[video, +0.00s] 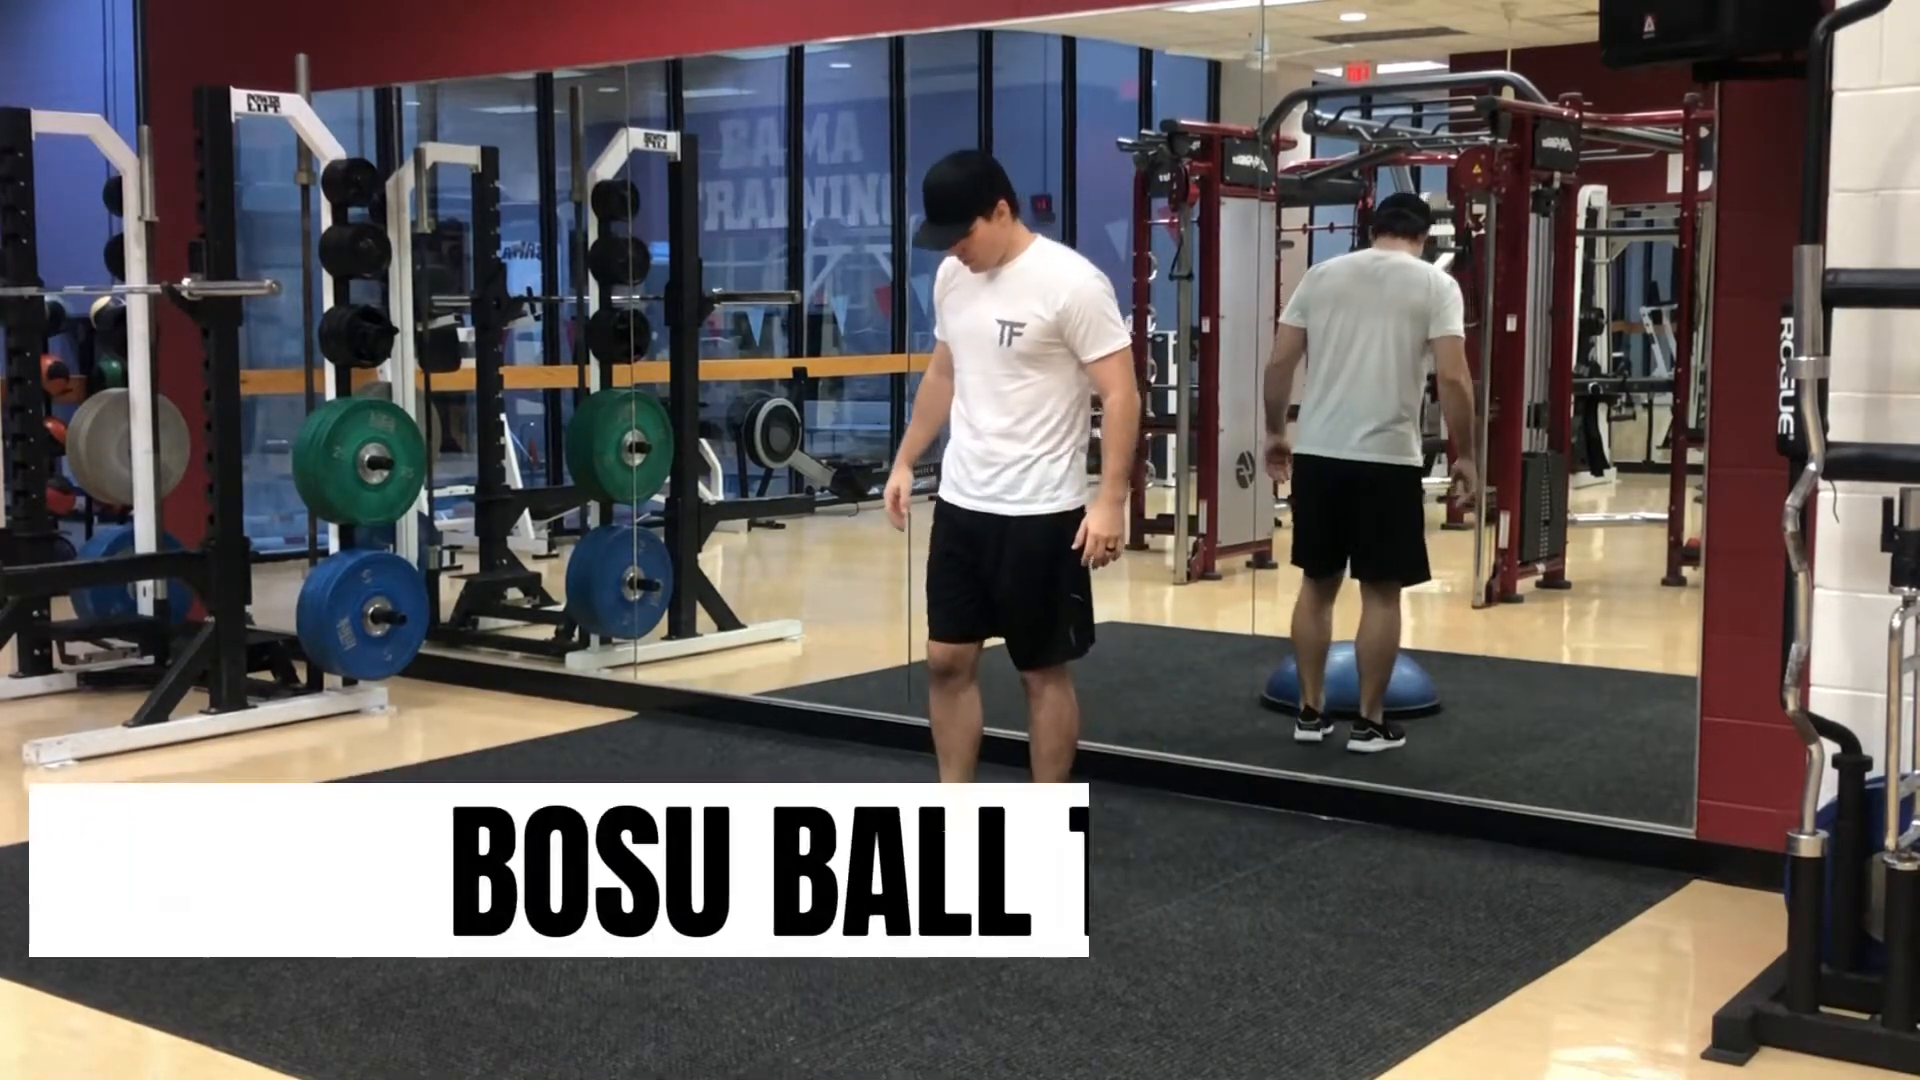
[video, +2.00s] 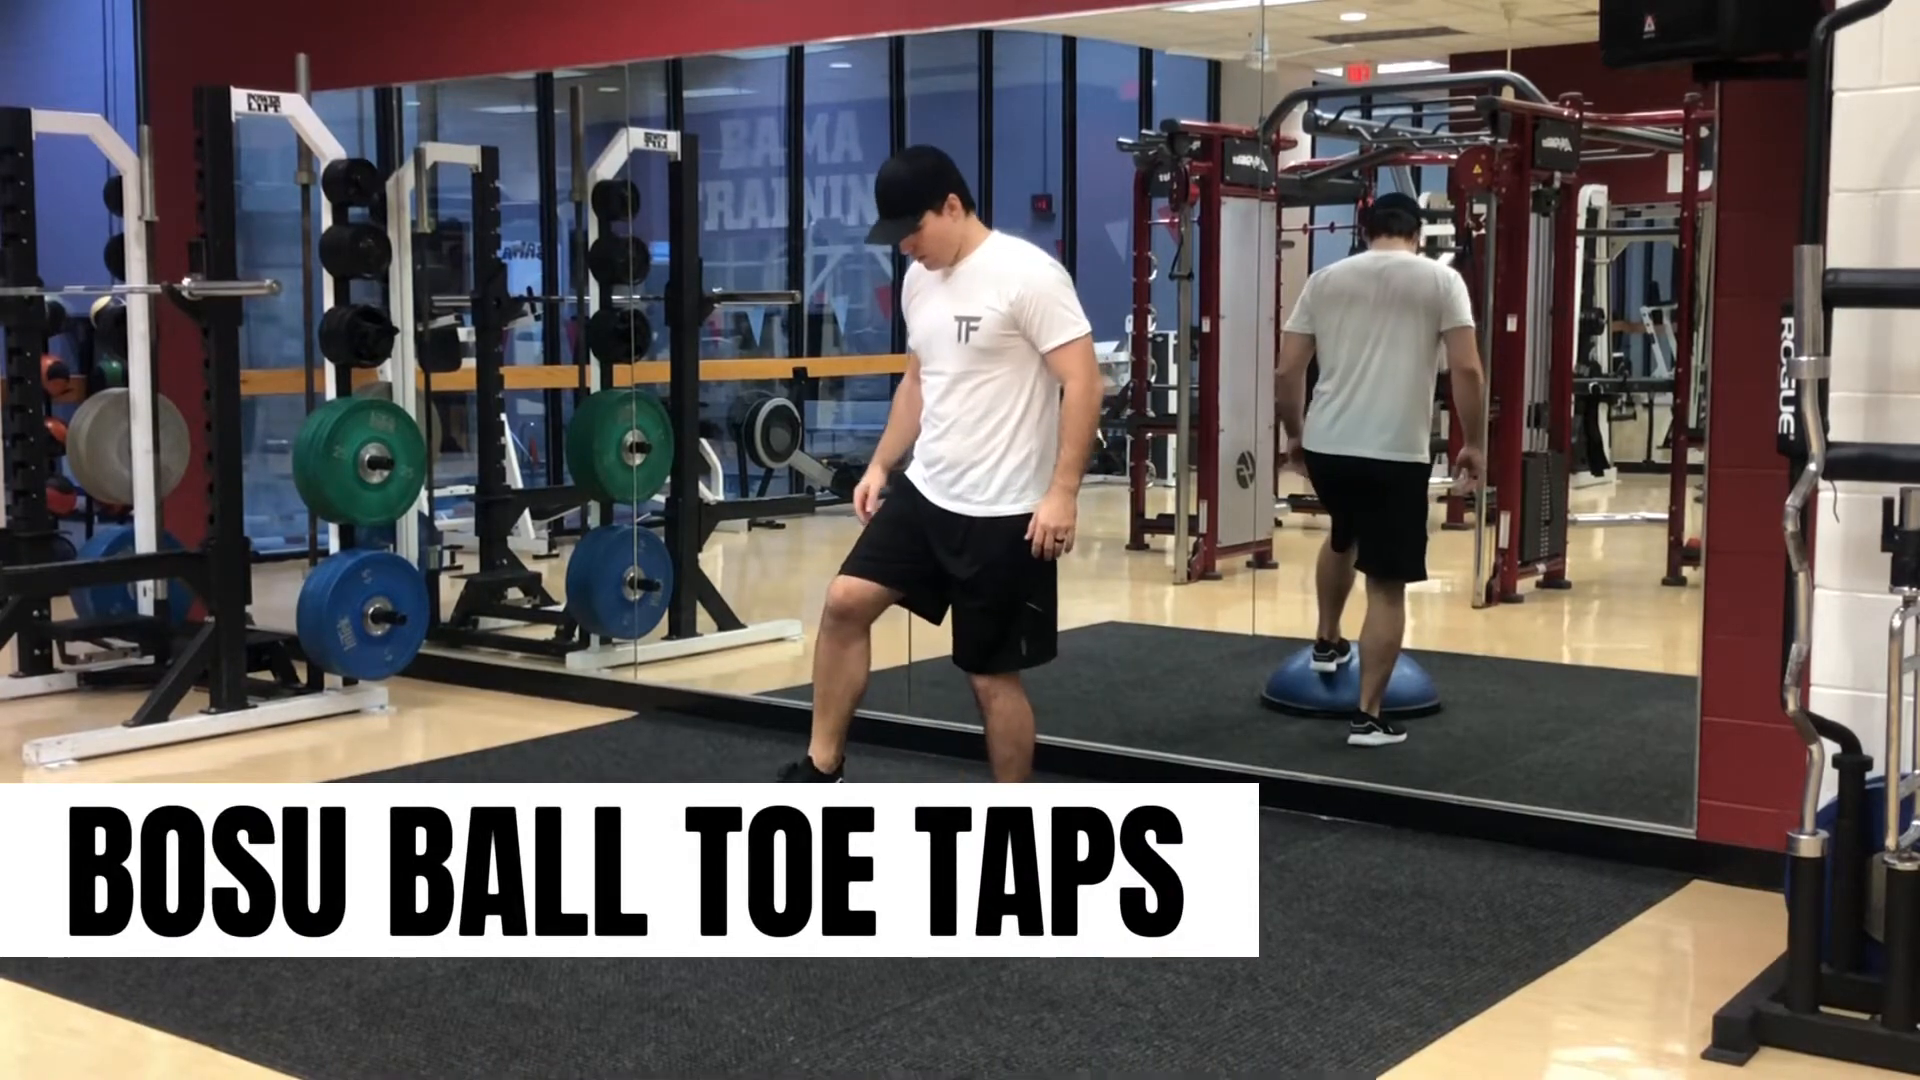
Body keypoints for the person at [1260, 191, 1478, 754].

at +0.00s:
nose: (1425, 250)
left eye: (1421, 244)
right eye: (1427, 243)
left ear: (1372, 231)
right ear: (1421, 239)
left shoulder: (1322, 274)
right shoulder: (1434, 283)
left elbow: (1278, 364)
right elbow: (1453, 381)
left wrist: (1274, 432)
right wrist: (1466, 456)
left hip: (1317, 460)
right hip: (1388, 467)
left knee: (1317, 583)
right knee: (1381, 592)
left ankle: (1310, 712)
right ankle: (1369, 722)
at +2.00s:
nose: (1415, 243)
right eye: (1418, 236)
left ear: (1366, 234)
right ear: (1417, 236)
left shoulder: (1324, 280)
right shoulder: (1441, 279)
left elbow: (1288, 371)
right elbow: (1466, 370)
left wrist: (1295, 436)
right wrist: (1473, 443)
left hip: (1325, 447)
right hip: (1398, 457)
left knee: (1343, 533)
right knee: (1386, 588)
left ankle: (1326, 644)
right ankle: (1370, 716)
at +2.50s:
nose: (1380, 246)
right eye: (1382, 238)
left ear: (1331, 230)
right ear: (1377, 235)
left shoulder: (1286, 271)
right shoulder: (1395, 276)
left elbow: (1230, 338)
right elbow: (1436, 340)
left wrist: (1253, 375)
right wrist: (1433, 381)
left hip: (1280, 440)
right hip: (1352, 447)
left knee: (1291, 521)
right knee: (1366, 578)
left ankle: (1262, 629)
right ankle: (1368, 706)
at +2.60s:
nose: (1365, 228)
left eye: (1359, 222)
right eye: (1365, 221)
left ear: (1312, 215)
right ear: (1361, 218)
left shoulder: (1265, 254)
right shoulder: (1371, 255)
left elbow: (1212, 321)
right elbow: (1392, 315)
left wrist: (1251, 373)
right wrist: (1390, 362)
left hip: (1267, 420)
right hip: (1335, 425)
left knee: (1261, 534)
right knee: (1370, 543)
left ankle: (1215, 644)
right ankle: (1356, 659)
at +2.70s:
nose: (1344, 245)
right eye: (1343, 238)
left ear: (1294, 233)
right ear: (1340, 237)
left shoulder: (1247, 275)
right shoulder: (1344, 271)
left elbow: (1202, 350)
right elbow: (1348, 335)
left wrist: (1235, 388)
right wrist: (1354, 382)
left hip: (1247, 437)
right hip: (1311, 438)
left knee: (1232, 557)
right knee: (1371, 513)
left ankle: (1187, 677)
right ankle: (1327, 618)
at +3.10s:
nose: (1345, 231)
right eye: (1346, 223)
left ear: (1295, 221)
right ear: (1343, 222)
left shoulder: (1252, 263)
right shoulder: (1362, 256)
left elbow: (1196, 330)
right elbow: (1401, 308)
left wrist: (1229, 376)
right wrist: (1400, 356)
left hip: (1262, 423)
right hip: (1331, 423)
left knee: (1272, 522)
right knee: (1365, 544)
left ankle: (1243, 629)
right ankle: (1379, 665)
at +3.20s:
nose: (1363, 256)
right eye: (1364, 247)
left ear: (1310, 247)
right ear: (1361, 247)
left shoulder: (1270, 284)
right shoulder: (1384, 287)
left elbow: (1216, 344)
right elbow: (1428, 362)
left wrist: (1214, 412)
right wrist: (1415, 404)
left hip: (1270, 448)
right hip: (1342, 450)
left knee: (1300, 515)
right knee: (1370, 576)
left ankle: (1308, 606)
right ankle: (1399, 704)